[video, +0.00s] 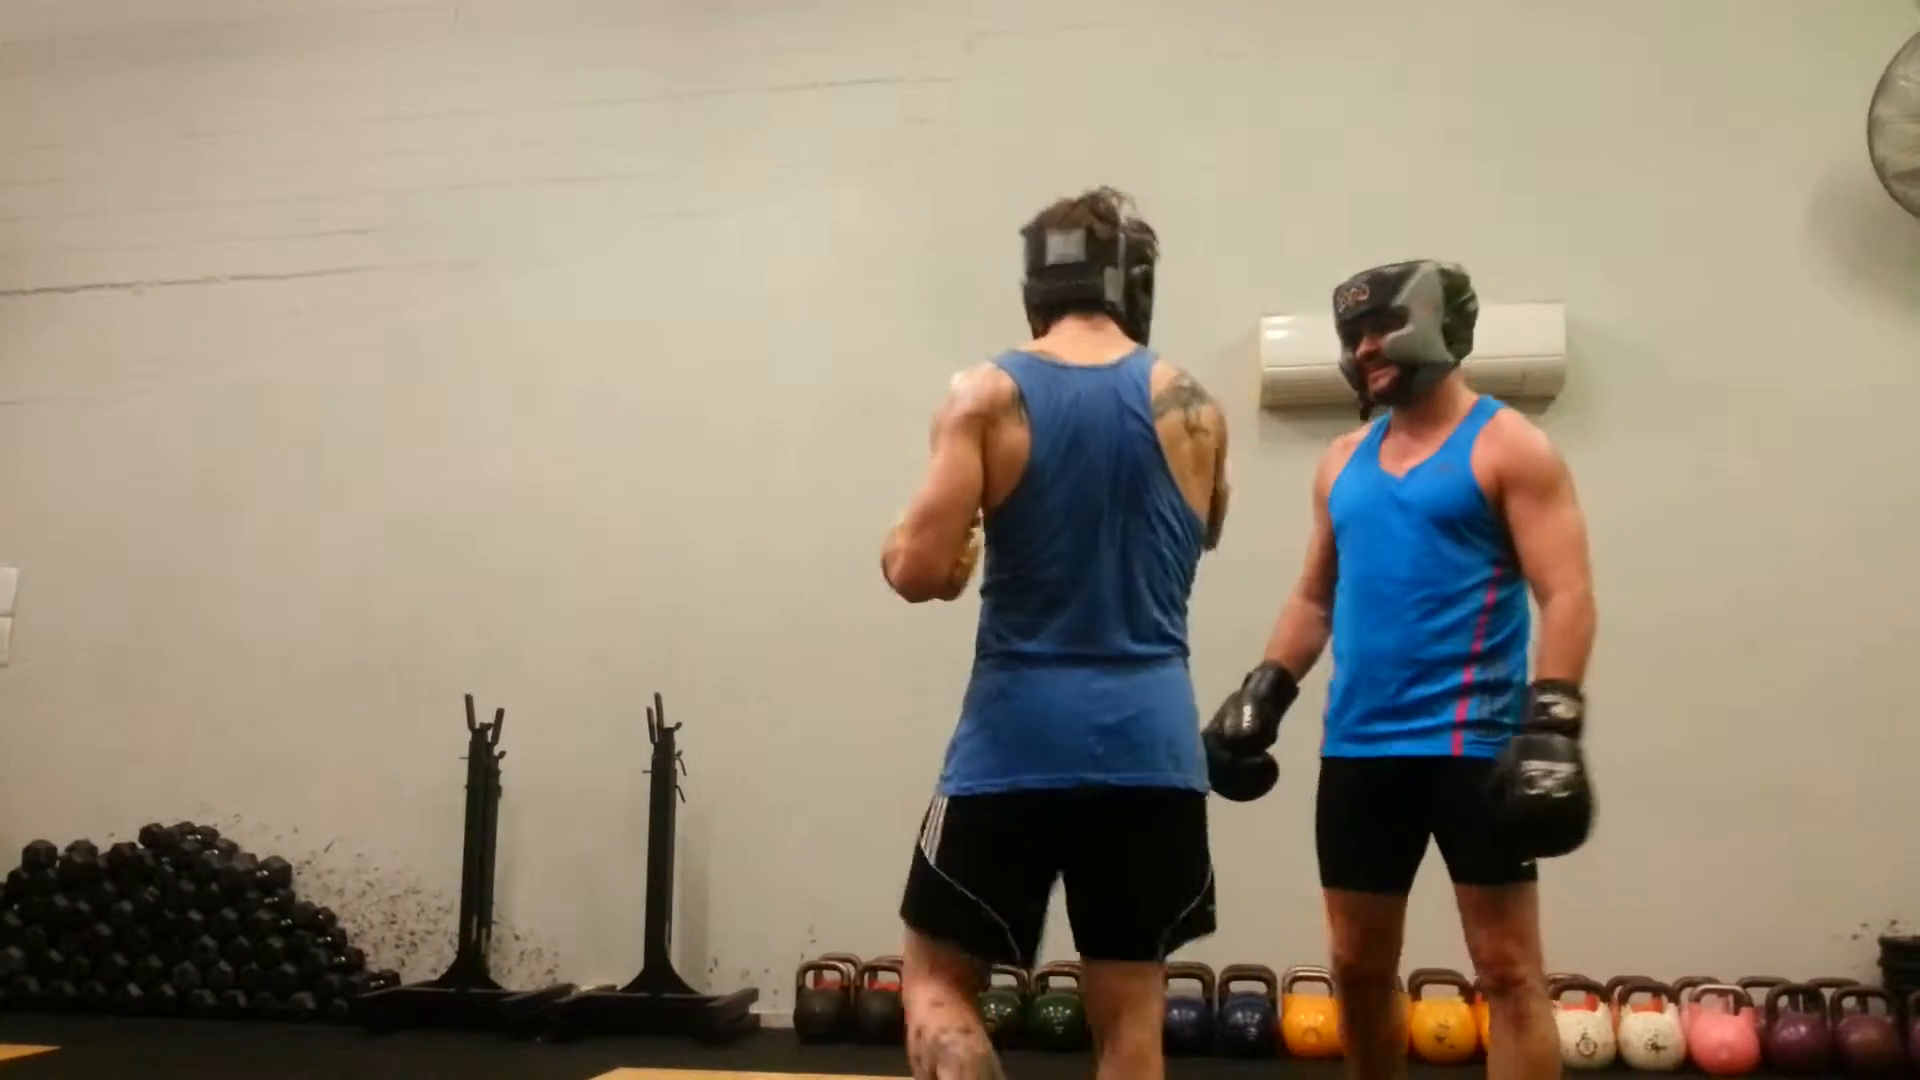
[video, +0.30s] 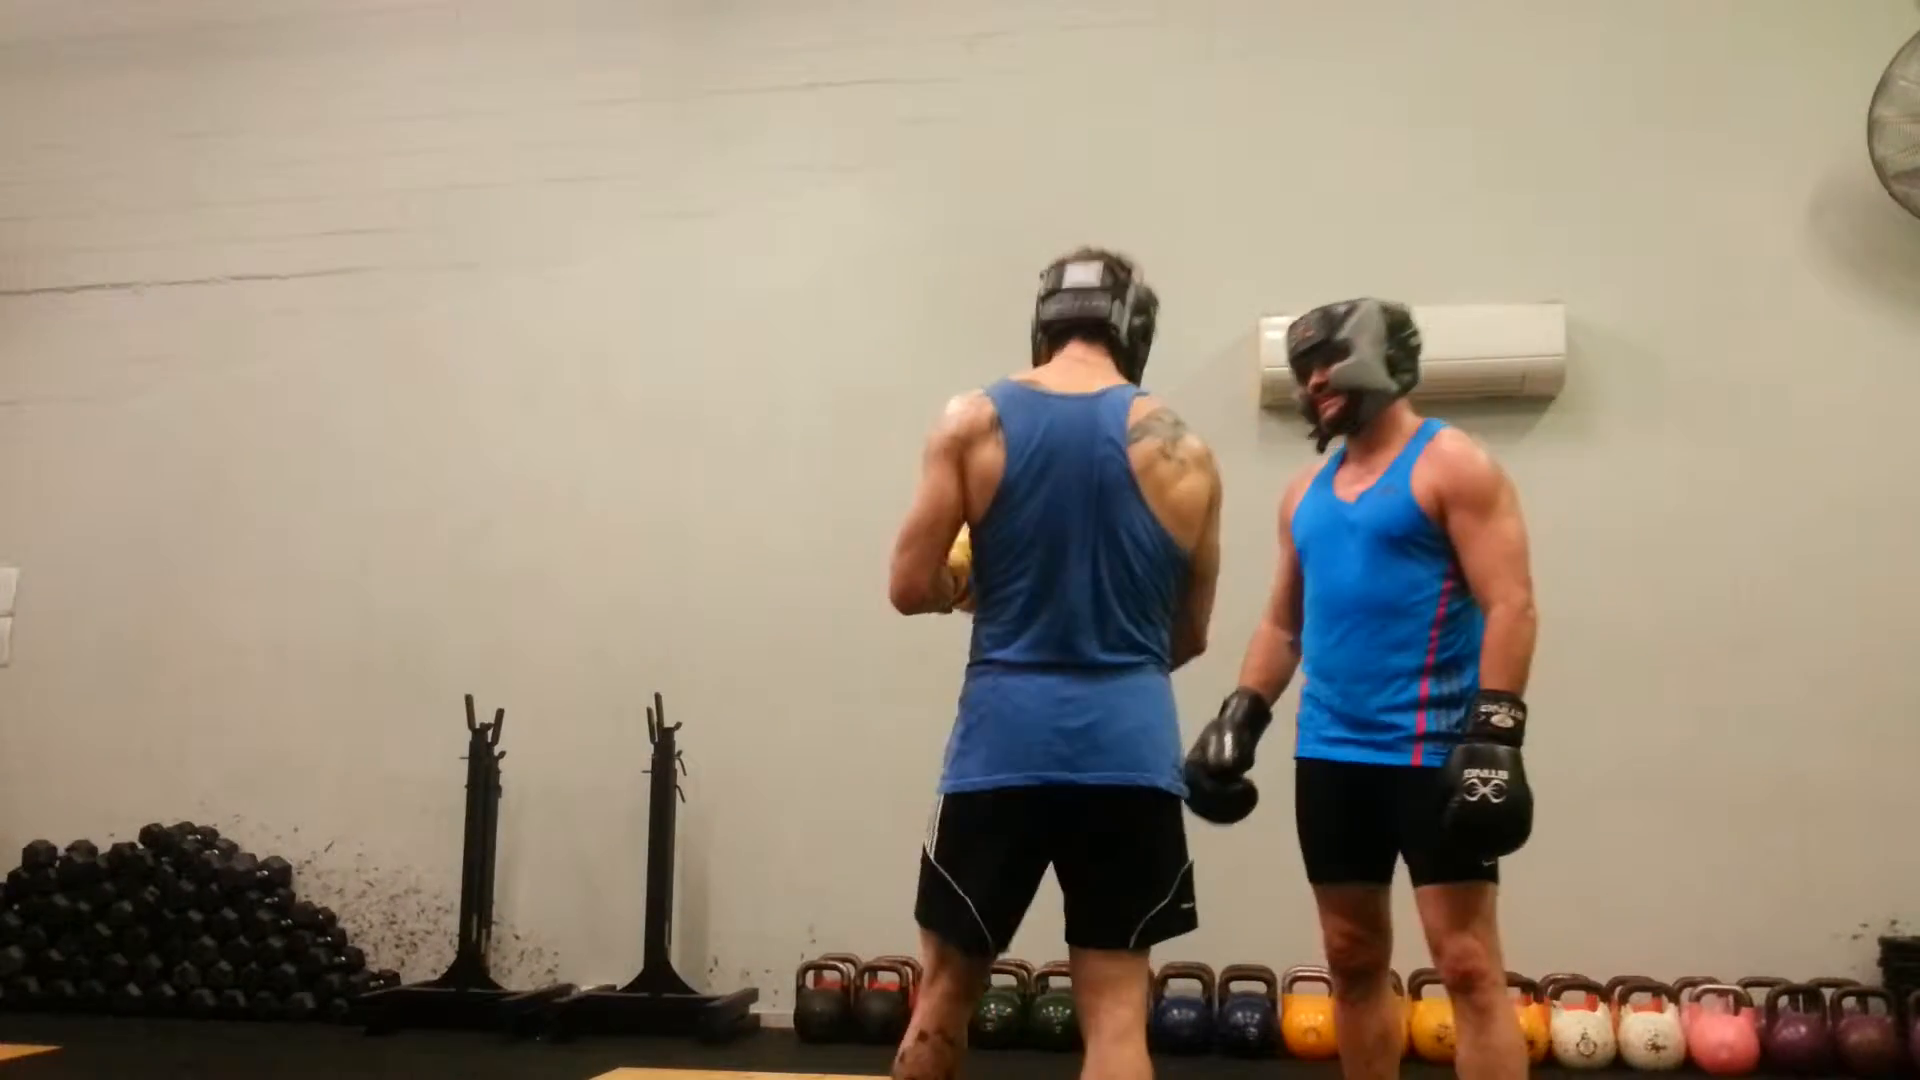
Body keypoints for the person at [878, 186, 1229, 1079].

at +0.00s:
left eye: (1031, 275)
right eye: (1141, 275)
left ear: (1032, 287)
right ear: (1138, 284)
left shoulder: (987, 395)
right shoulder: (1196, 408)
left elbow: (920, 573)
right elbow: (1199, 532)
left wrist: (930, 548)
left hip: (1013, 753)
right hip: (1151, 755)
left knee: (939, 986)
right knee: (1132, 1019)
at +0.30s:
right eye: (1148, 329)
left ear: (1042, 327)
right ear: (1138, 331)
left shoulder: (975, 420)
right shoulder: (1185, 452)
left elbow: (912, 587)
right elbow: (1186, 636)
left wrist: (982, 576)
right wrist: (1094, 614)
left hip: (1000, 763)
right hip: (1129, 767)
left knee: (940, 1010)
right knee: (1116, 1015)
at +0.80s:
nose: (1060, 400)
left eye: (1061, 387)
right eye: (1058, 386)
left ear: (959, 370)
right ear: (1039, 373)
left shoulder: (878, 460)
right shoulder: (1061, 457)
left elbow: (890, 606)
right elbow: (1098, 624)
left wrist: (1037, 687)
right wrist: (1034, 672)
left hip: (913, 758)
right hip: (1028, 755)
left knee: (928, 978)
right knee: (1092, 958)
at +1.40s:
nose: (1094, 370)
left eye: (1087, 354)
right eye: (1087, 356)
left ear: (985, 369)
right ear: (1071, 368)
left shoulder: (927, 466)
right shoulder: (1091, 478)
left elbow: (888, 581)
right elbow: (1109, 649)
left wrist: (977, 612)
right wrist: (1119, 724)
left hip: (941, 757)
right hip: (1050, 763)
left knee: (940, 969)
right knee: (1089, 981)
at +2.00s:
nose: (1213, 402)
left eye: (1213, 392)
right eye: (1212, 390)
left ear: (1117, 380)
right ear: (1196, 384)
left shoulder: (1046, 452)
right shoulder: (1213, 485)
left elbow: (971, 536)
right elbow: (1233, 649)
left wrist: (1059, 568)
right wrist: (1216, 727)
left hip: (1050, 751)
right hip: (1153, 758)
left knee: (1054, 946)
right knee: (1142, 979)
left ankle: (1011, 1076)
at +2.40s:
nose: (1228, 423)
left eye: (1230, 413)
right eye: (1228, 411)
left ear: (1140, 396)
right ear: (1209, 404)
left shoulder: (1075, 464)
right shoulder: (1223, 479)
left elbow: (1031, 554)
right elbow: (1255, 627)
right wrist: (1201, 693)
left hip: (1076, 760)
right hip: (1171, 765)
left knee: (1118, 967)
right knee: (1172, 984)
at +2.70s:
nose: (1231, 443)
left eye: (1235, 433)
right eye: (1232, 429)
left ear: (1143, 404)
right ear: (1210, 410)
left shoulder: (1080, 478)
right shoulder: (1215, 470)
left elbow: (1112, 616)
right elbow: (1263, 616)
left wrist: (1223, 649)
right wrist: (1196, 655)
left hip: (1097, 762)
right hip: (1192, 760)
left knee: (1134, 957)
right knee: (1269, 953)